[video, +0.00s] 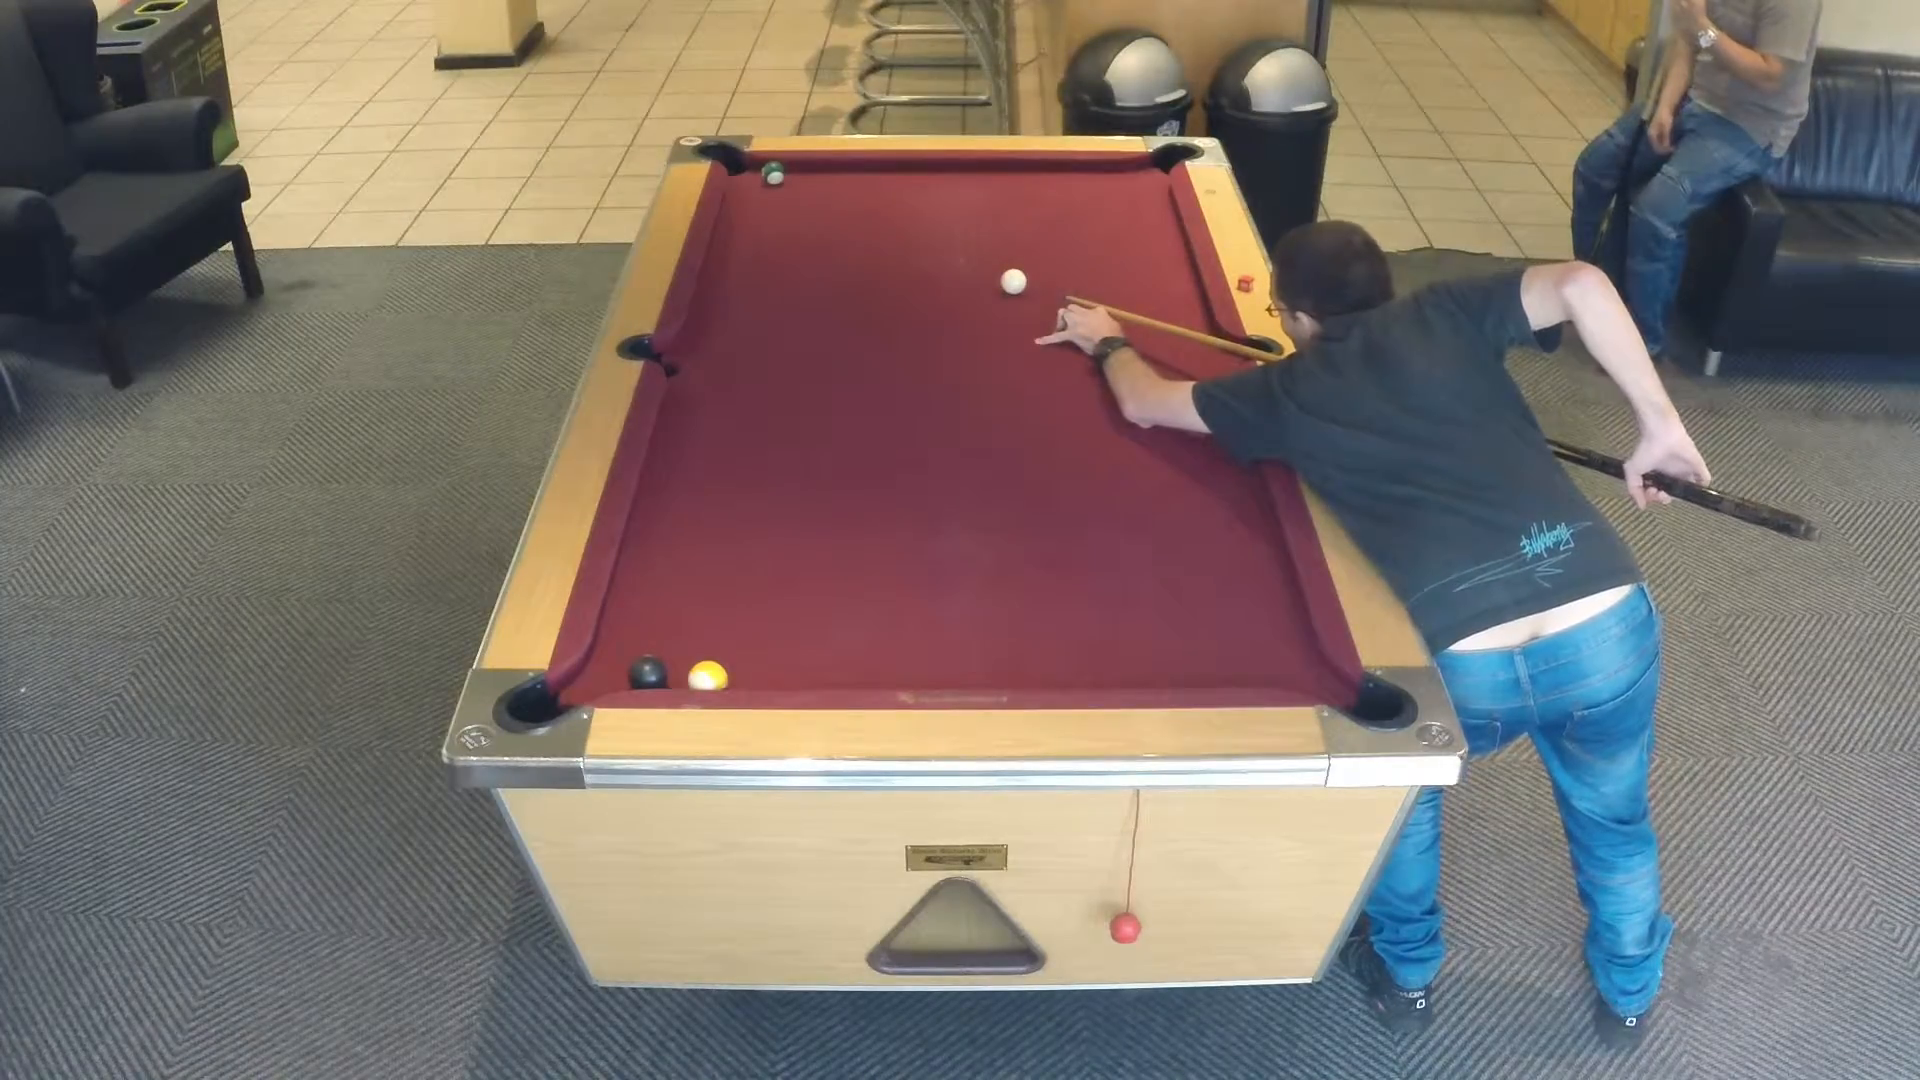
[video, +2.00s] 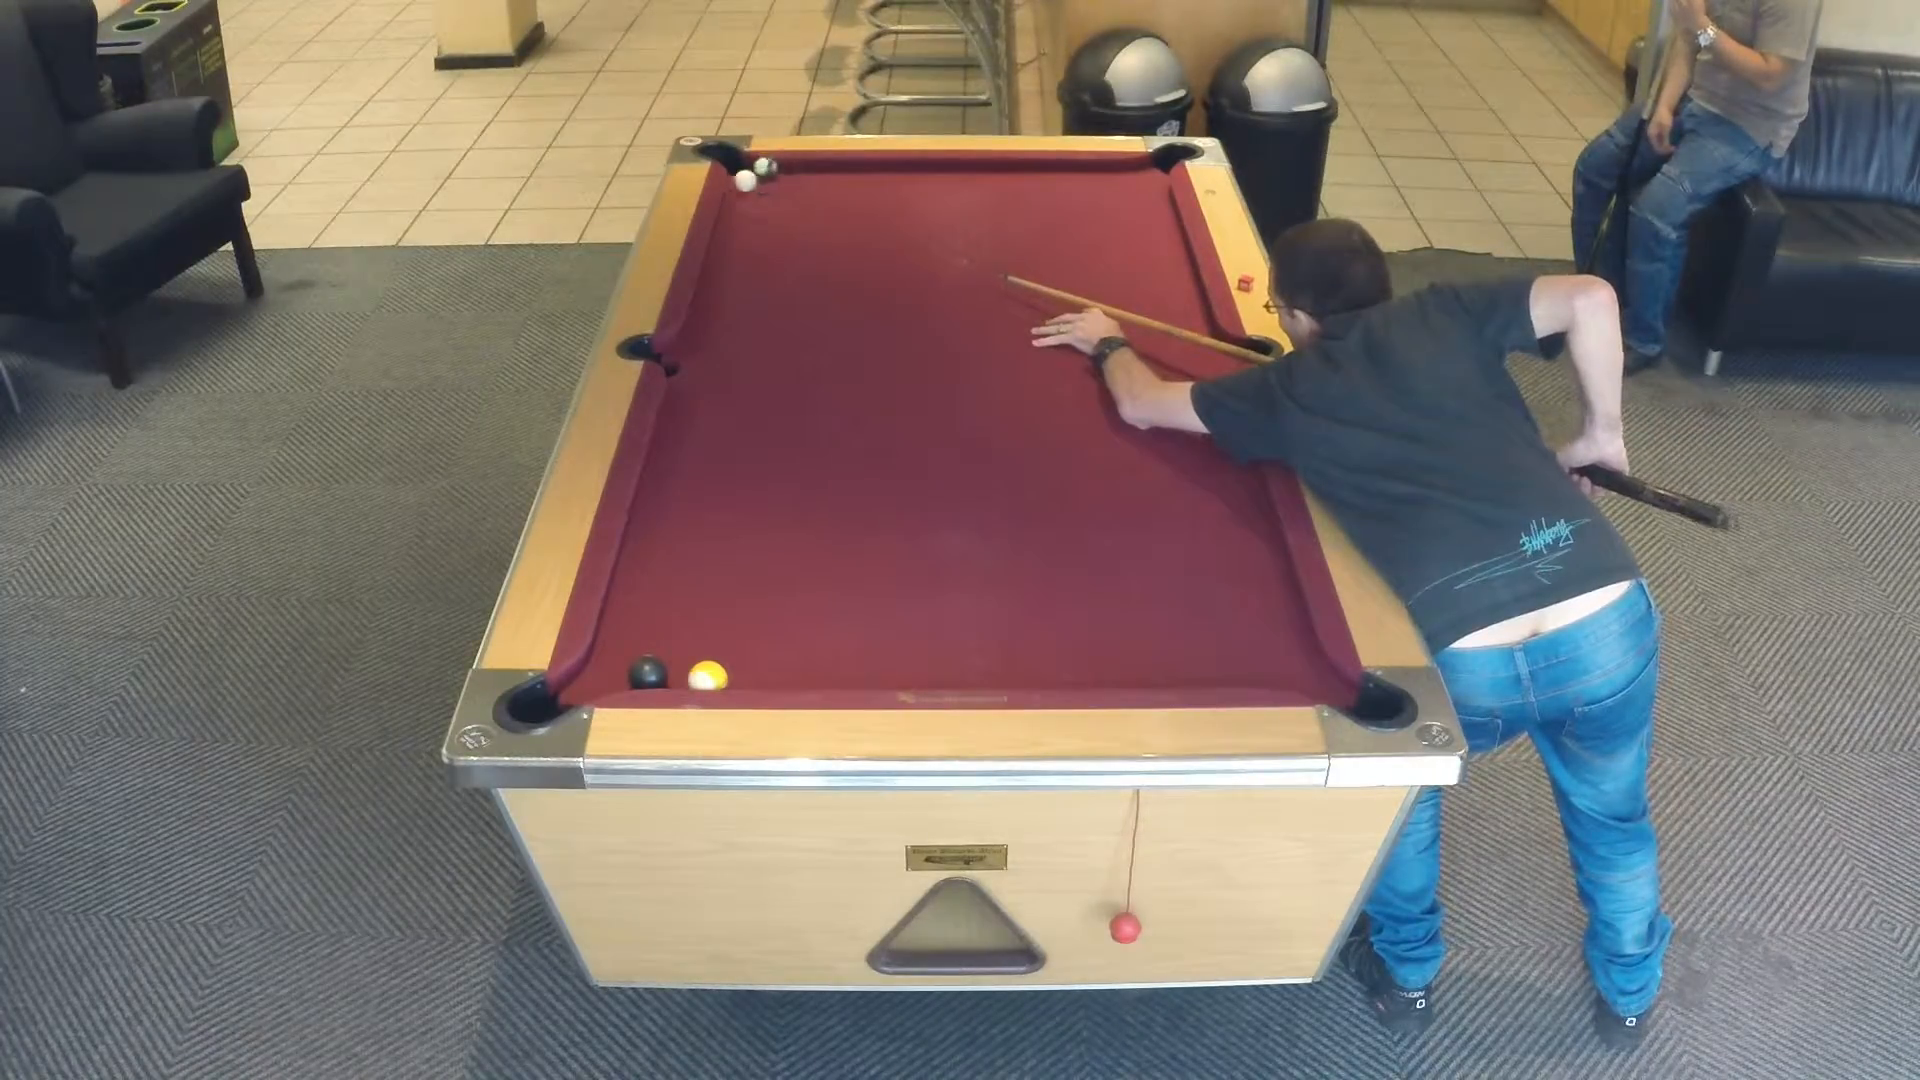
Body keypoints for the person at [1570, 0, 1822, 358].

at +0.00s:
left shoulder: (1792, 6)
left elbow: (1770, 75)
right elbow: (1684, 44)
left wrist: (1703, 29)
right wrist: (1665, 107)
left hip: (1747, 126)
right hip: (1689, 102)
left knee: (1655, 209)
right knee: (1594, 170)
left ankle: (1642, 345)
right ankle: (1589, 302)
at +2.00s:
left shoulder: (1791, 6)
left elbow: (1771, 76)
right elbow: (1685, 39)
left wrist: (1702, 28)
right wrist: (1665, 105)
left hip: (1746, 126)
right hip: (1687, 102)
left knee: (1654, 210)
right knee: (1594, 168)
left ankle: (1642, 342)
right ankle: (1593, 303)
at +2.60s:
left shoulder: (1741, 6)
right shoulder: (1666, 5)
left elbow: (1734, 77)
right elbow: (1657, 51)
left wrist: (1667, 34)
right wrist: (1647, 112)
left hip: (1742, 122)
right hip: (1682, 107)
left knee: (1649, 212)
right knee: (1590, 171)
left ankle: (1636, 343)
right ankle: (1592, 309)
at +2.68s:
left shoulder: (1728, 6)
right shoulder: (1650, 5)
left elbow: (1725, 79)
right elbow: (1648, 45)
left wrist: (1652, 49)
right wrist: (1640, 109)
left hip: (1738, 114)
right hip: (1678, 101)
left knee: (1646, 213)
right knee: (1591, 172)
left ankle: (1634, 343)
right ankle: (1593, 307)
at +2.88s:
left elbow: (1694, 67)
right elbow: (1620, 11)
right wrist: (1607, 89)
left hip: (1718, 93)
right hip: (1659, 79)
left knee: (1639, 221)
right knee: (1593, 176)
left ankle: (1634, 344)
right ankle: (1594, 304)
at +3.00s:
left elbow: (1686, 47)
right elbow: (1606, 6)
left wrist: (1632, 126)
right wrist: (1584, 60)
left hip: (1699, 87)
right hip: (1643, 70)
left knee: (1636, 222)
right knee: (1591, 179)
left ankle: (1640, 336)